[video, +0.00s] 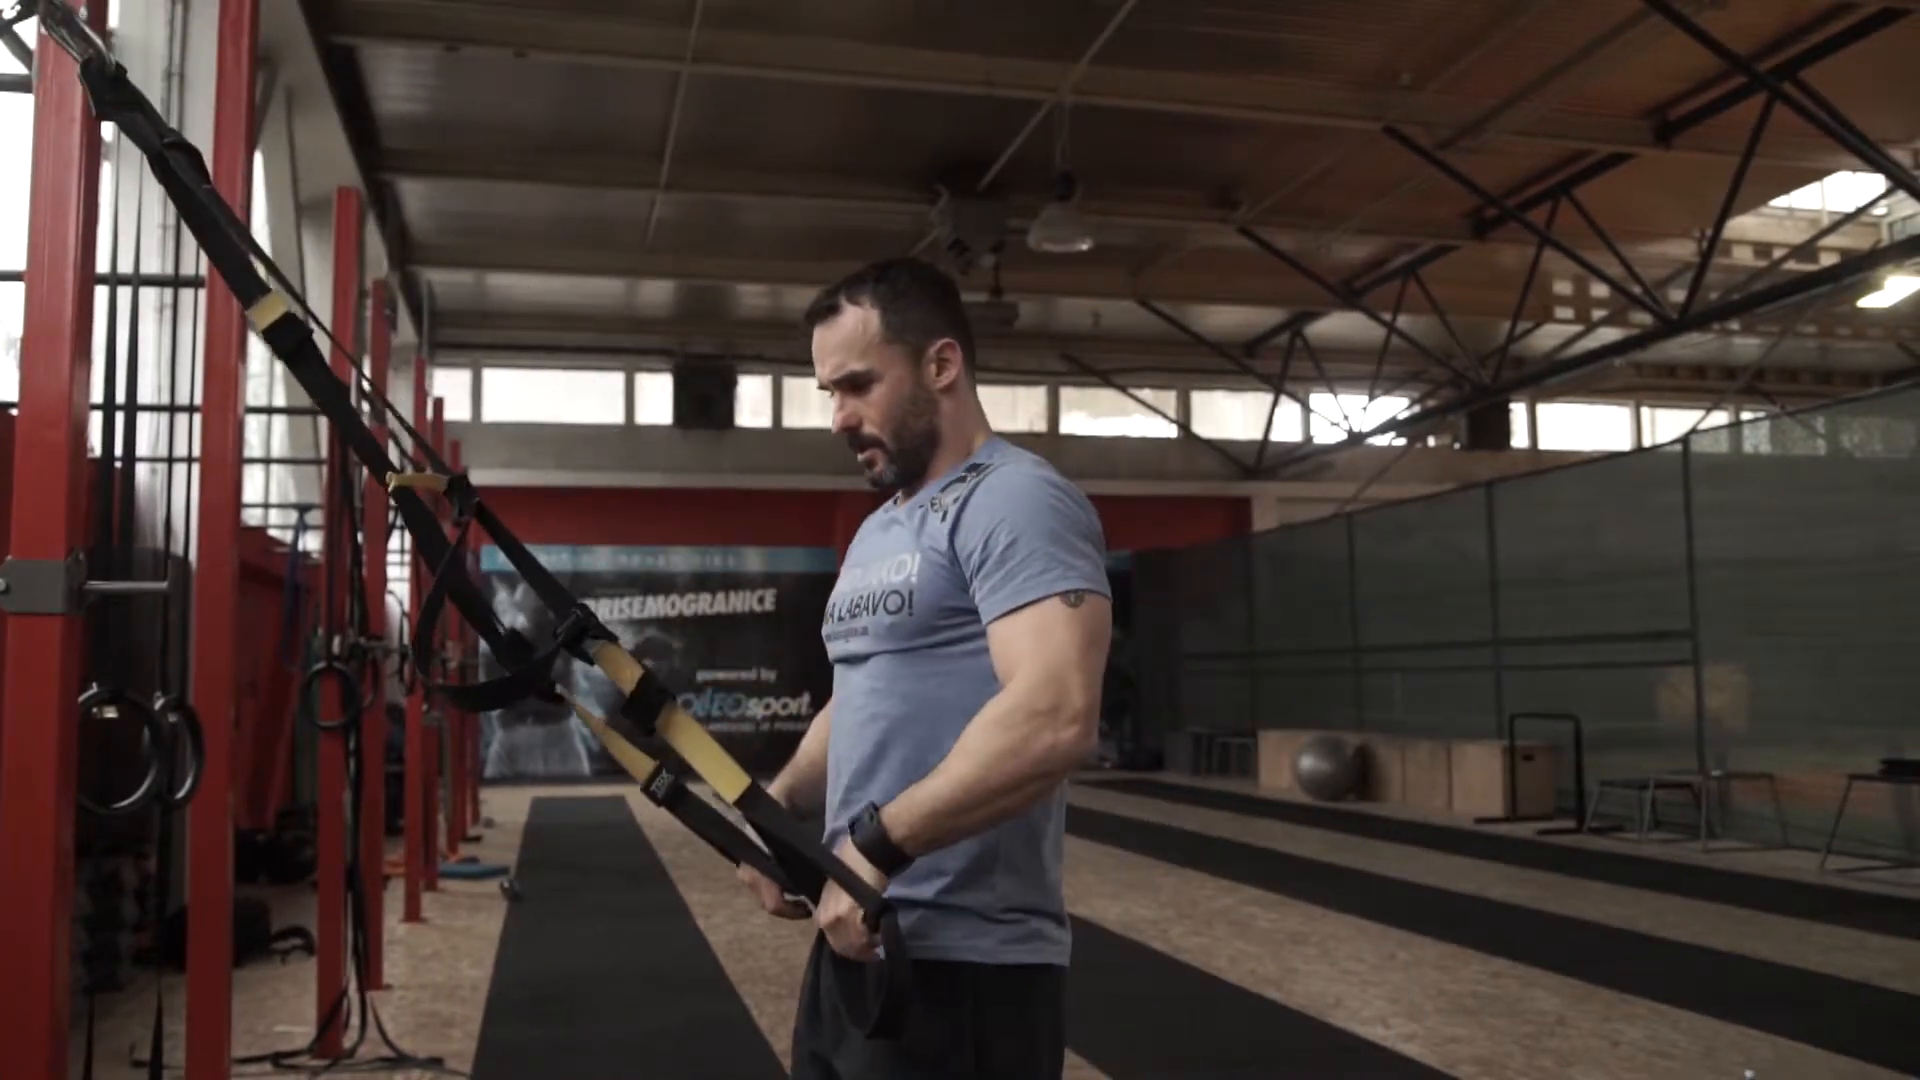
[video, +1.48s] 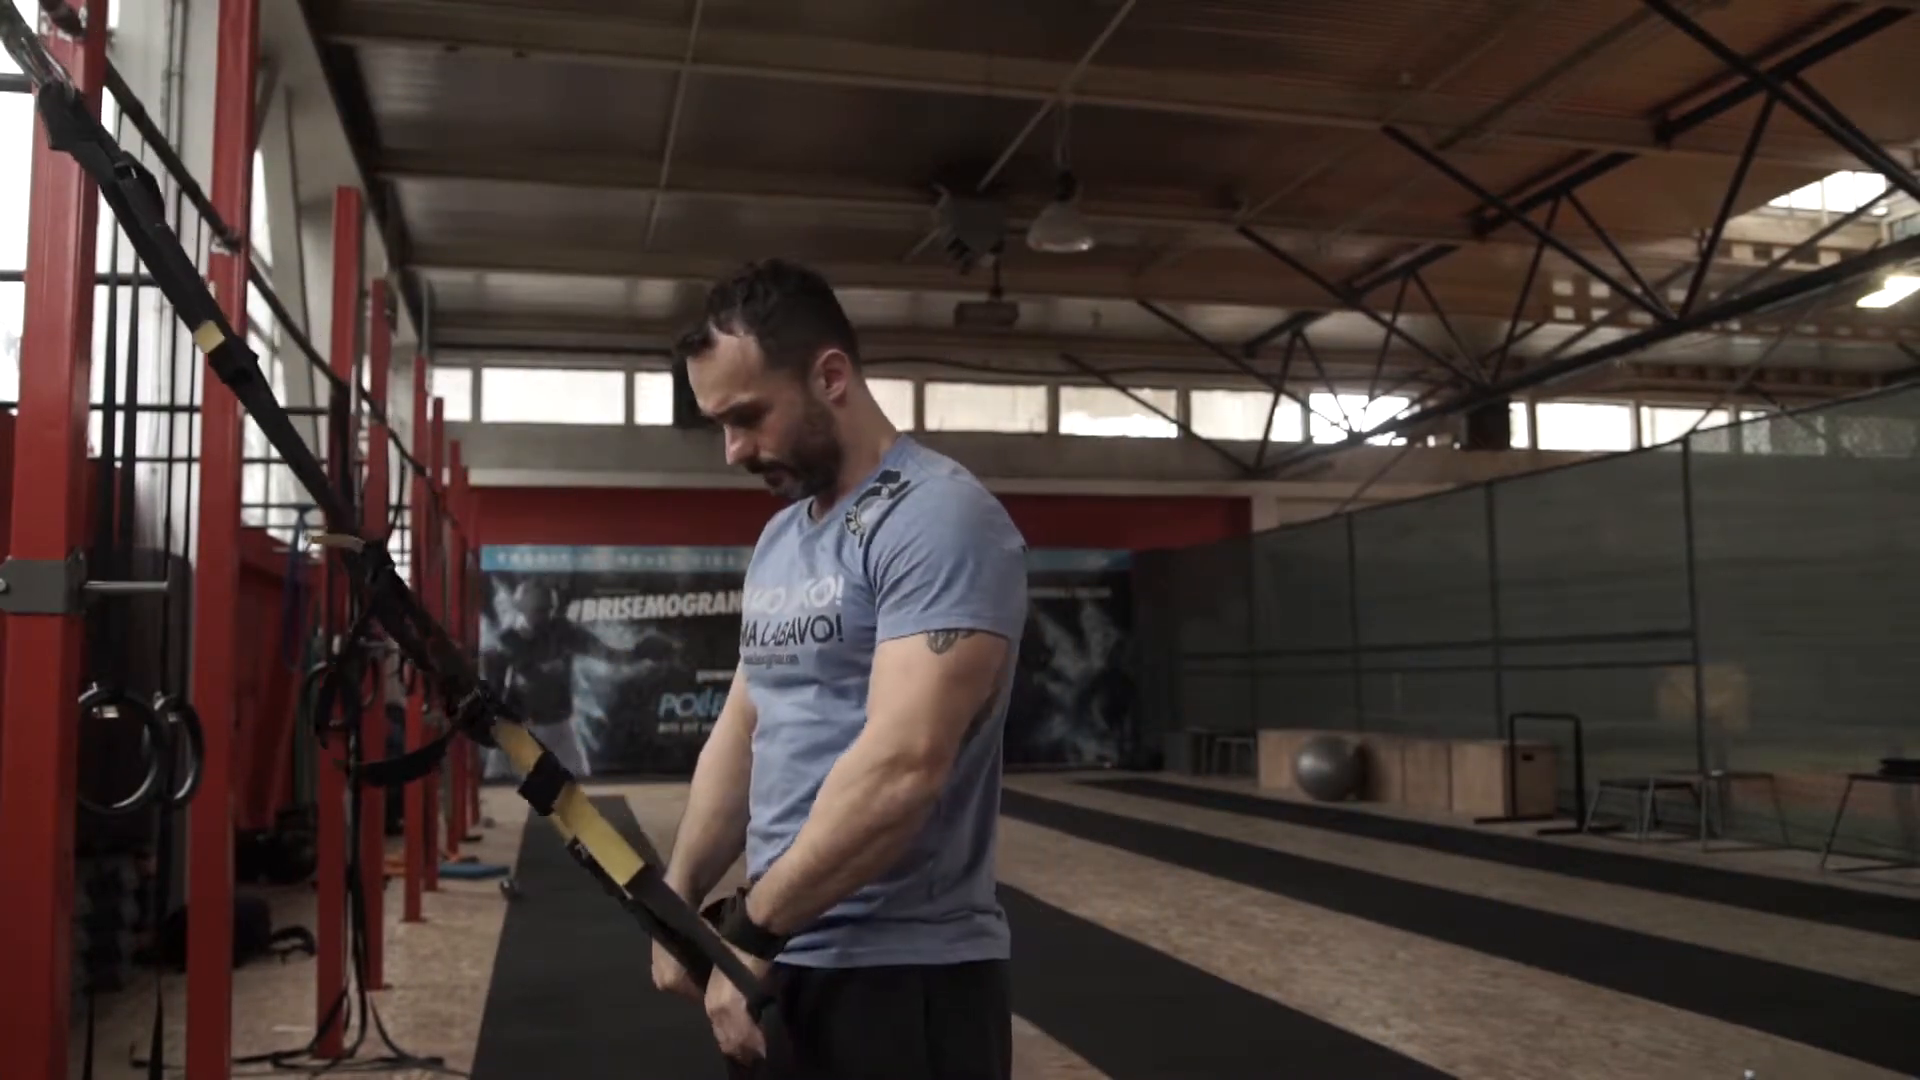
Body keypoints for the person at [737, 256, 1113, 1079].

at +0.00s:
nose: (839, 419)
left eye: (859, 386)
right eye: (831, 394)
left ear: (943, 365)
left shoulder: (1018, 495)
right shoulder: (879, 528)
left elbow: (1054, 715)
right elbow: (859, 700)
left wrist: (874, 845)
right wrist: (776, 813)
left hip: (971, 965)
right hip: (856, 951)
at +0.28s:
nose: (818, 409)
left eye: (837, 374)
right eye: (812, 382)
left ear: (922, 356)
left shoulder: (983, 480)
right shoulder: (871, 515)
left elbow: (1027, 708)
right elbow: (849, 697)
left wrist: (869, 876)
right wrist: (773, 813)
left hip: (957, 963)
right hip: (851, 950)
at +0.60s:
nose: (797, 378)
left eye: (822, 344)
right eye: (797, 354)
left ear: (909, 347)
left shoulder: (965, 495)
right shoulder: (847, 526)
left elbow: (973, 737)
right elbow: (821, 705)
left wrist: (815, 912)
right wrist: (747, 821)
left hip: (941, 970)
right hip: (846, 960)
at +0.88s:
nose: (778, 401)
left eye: (798, 367)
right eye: (772, 374)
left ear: (885, 352)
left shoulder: (963, 509)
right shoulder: (825, 536)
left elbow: (952, 761)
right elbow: (784, 716)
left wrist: (796, 922)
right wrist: (710, 848)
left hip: (939, 973)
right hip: (830, 963)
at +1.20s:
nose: (756, 442)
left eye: (769, 406)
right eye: (744, 416)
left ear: (855, 371)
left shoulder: (964, 516)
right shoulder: (801, 537)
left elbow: (951, 760)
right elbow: (764, 719)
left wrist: (782, 912)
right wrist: (698, 878)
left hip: (927, 973)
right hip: (808, 966)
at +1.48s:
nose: (735, 452)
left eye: (749, 416)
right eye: (720, 426)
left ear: (834, 376)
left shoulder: (945, 516)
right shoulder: (781, 540)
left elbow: (902, 767)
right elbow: (743, 725)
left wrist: (749, 927)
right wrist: (680, 893)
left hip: (910, 976)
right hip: (790, 969)